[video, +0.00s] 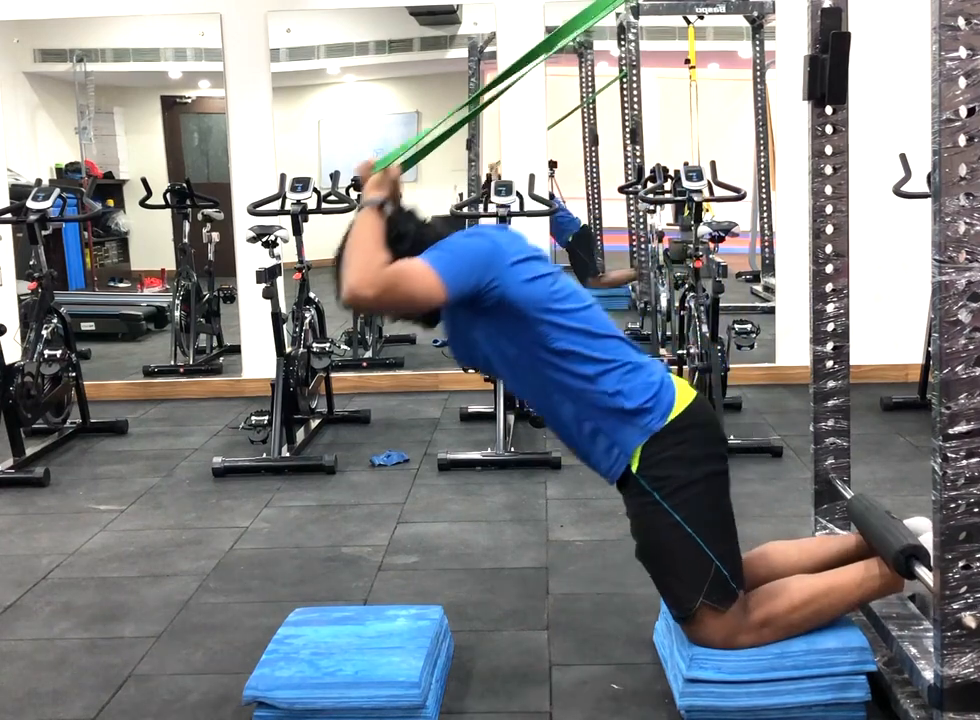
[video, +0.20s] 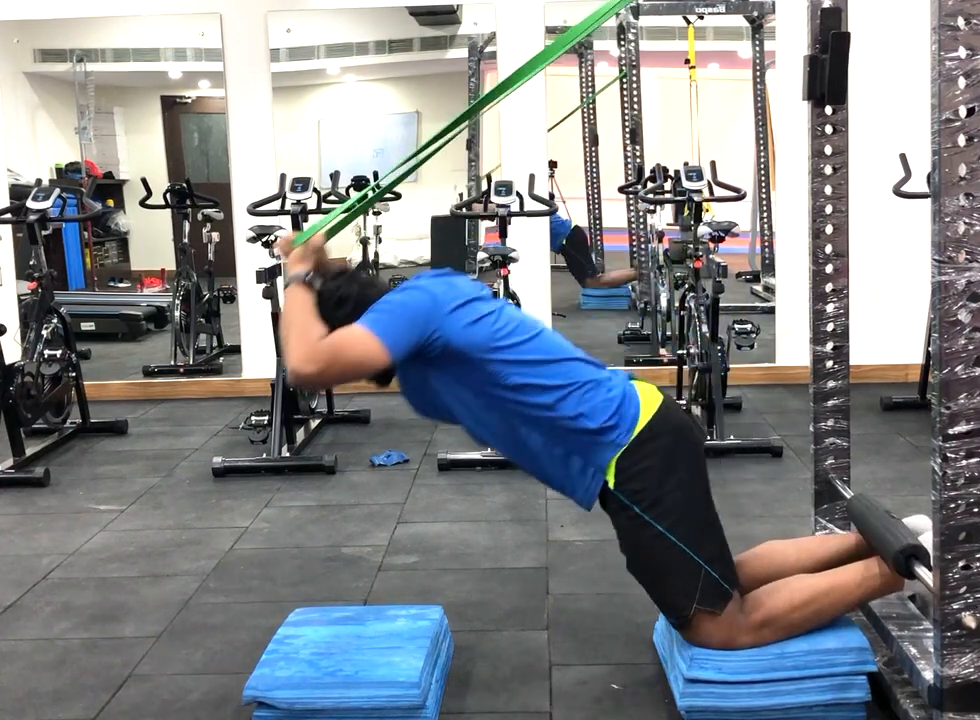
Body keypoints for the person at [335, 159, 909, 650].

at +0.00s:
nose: (382, 299)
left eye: (379, 280)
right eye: (373, 283)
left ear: (399, 263)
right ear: (420, 243)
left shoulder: (483, 249)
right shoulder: (467, 291)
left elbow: (365, 285)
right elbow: (380, 281)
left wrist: (372, 201)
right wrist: (380, 204)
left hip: (663, 439)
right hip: (645, 444)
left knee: (720, 626)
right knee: (718, 586)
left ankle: (902, 571)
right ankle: (865, 539)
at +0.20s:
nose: (343, 369)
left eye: (339, 352)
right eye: (336, 354)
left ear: (352, 323)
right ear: (364, 309)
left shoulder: (426, 301)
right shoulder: (419, 311)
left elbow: (308, 362)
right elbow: (323, 362)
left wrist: (294, 279)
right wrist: (310, 285)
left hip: (639, 448)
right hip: (626, 446)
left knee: (722, 631)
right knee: (709, 589)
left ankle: (900, 568)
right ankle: (865, 539)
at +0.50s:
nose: (286, 441)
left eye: (279, 430)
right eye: (280, 432)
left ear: (295, 407)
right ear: (304, 374)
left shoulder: (359, 376)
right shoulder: (368, 371)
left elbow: (248, 462)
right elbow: (274, 457)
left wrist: (217, 386)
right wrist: (239, 386)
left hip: (601, 467)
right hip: (596, 457)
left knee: (723, 631)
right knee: (707, 594)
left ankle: (903, 568)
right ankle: (860, 535)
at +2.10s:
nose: (344, 351)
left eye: (340, 338)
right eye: (337, 339)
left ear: (361, 317)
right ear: (377, 302)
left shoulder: (437, 302)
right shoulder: (438, 299)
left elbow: (329, 376)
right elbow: (342, 370)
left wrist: (259, 322)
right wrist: (276, 322)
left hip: (651, 442)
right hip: (653, 423)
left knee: (724, 622)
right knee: (727, 578)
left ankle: (896, 569)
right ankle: (861, 537)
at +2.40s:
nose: (433, 273)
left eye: (433, 261)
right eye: (422, 262)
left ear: (457, 234)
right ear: (469, 220)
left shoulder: (530, 235)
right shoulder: (525, 239)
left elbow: (412, 283)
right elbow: (420, 272)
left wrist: (339, 219)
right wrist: (355, 225)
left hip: (698, 437)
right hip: (692, 427)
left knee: (726, 624)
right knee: (730, 573)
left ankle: (903, 570)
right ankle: (865, 542)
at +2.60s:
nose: (501, 207)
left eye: (502, 193)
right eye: (490, 196)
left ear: (531, 175)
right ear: (545, 164)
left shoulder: (602, 189)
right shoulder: (581, 217)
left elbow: (482, 208)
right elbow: (487, 204)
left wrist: (423, 128)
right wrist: (437, 138)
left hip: (718, 428)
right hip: (684, 437)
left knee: (725, 624)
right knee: (717, 579)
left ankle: (905, 577)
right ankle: (869, 546)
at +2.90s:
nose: (592, 153)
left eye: (593, 140)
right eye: (586, 141)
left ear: (619, 131)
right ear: (653, 117)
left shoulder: (691, 164)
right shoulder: (640, 202)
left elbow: (572, 143)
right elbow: (598, 250)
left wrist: (532, 55)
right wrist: (569, 167)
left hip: (730, 425)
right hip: (693, 429)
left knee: (726, 622)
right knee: (709, 580)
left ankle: (905, 591)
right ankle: (871, 556)